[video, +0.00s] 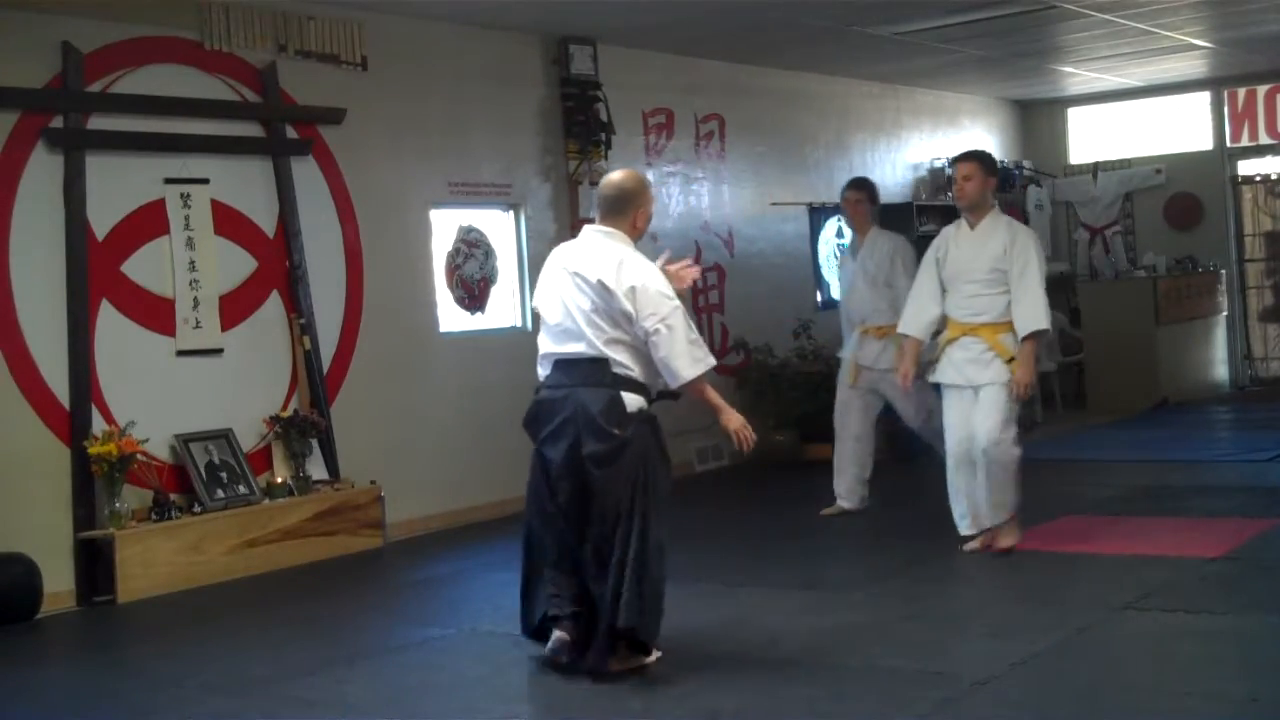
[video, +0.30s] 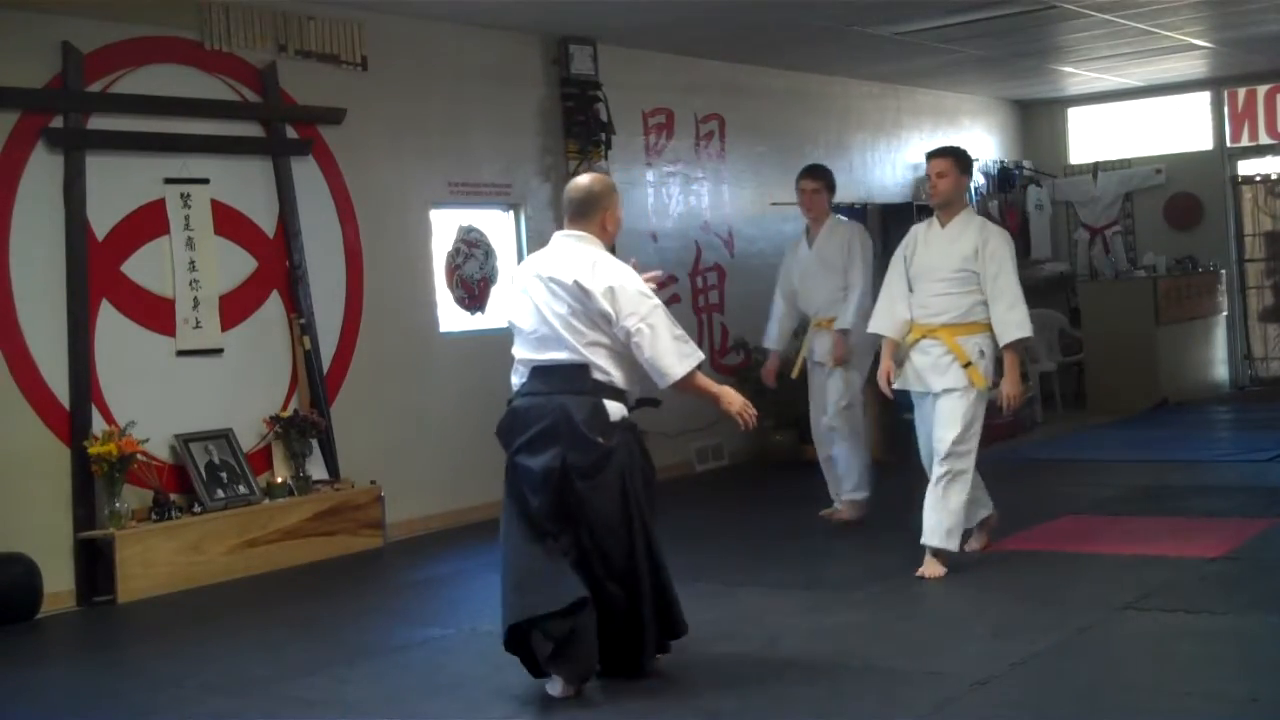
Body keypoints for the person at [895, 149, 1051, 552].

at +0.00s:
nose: (958, 187)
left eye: (967, 179)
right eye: (955, 181)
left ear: (991, 183)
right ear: (954, 187)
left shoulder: (1017, 236)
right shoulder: (945, 240)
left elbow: (1029, 296)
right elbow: (925, 294)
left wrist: (1028, 355)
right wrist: (910, 350)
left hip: (1000, 346)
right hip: (956, 347)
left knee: (990, 436)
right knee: (958, 442)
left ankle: (1004, 518)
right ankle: (976, 526)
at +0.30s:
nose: (932, 184)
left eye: (941, 176)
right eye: (929, 178)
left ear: (965, 180)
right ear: (928, 184)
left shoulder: (989, 236)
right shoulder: (916, 236)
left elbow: (1006, 303)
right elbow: (897, 297)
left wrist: (1012, 370)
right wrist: (887, 352)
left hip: (966, 352)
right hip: (919, 355)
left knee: (950, 450)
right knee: (933, 452)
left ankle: (936, 549)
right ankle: (981, 514)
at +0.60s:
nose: (912, 179)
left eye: (921, 171)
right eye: (909, 172)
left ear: (948, 177)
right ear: (908, 178)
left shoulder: (969, 234)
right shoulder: (896, 232)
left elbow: (981, 303)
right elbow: (875, 295)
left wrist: (973, 364)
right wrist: (864, 356)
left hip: (944, 354)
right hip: (894, 355)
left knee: (942, 455)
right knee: (884, 453)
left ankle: (939, 549)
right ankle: (910, 540)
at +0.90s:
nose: (899, 184)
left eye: (908, 176)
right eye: (895, 177)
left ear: (934, 182)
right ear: (892, 183)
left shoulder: (956, 241)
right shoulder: (879, 239)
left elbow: (962, 306)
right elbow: (857, 304)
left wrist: (936, 351)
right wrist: (849, 362)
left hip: (932, 362)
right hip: (880, 365)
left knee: (942, 466)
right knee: (867, 460)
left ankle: (938, 556)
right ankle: (881, 559)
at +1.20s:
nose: (865, 191)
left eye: (874, 183)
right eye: (861, 184)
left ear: (901, 187)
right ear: (859, 190)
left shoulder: (921, 245)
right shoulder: (852, 248)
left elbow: (905, 312)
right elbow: (833, 315)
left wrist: (858, 333)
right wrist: (830, 367)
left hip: (905, 370)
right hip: (855, 372)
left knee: (918, 477)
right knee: (853, 475)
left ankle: (934, 553)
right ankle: (885, 570)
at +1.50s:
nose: (825, 206)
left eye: (835, 197)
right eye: (822, 198)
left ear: (863, 200)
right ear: (821, 201)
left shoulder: (882, 258)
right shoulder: (825, 255)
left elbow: (842, 312)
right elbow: (814, 313)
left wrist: (790, 319)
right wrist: (808, 373)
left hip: (875, 380)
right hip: (833, 379)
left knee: (843, 475)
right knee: (825, 480)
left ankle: (853, 588)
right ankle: (884, 569)